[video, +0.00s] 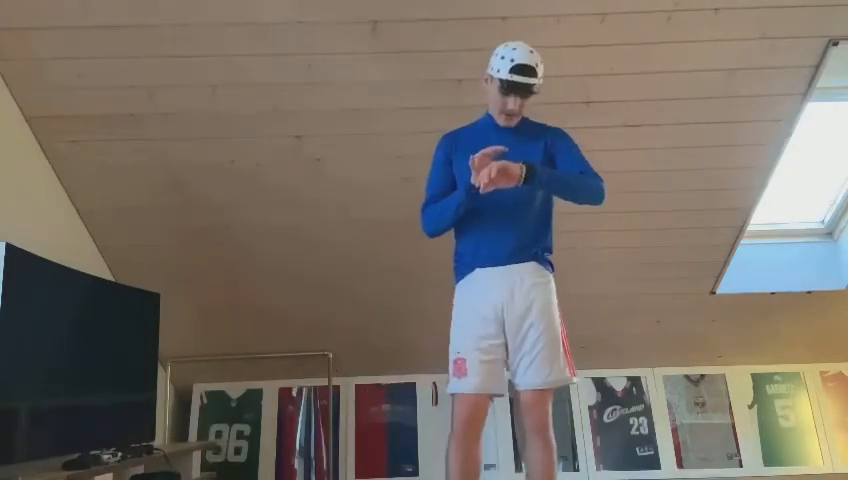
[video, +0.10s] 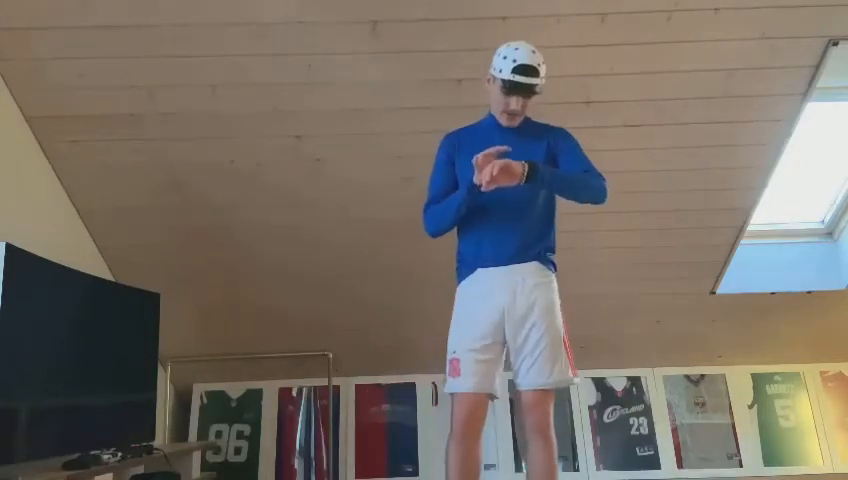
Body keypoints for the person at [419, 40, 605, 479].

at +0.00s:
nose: (514, 103)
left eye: (524, 93)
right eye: (506, 91)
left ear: (534, 90)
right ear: (488, 82)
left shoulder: (551, 140)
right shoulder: (454, 144)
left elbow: (594, 191)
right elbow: (430, 223)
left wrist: (526, 173)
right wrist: (471, 187)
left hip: (533, 288)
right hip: (475, 290)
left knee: (537, 415)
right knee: (469, 413)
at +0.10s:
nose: (516, 103)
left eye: (526, 93)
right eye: (508, 91)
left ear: (537, 90)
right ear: (490, 82)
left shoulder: (554, 140)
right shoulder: (457, 143)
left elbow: (597, 190)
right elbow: (432, 223)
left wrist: (529, 171)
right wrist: (472, 186)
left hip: (535, 289)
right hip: (477, 291)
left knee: (538, 416)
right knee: (468, 415)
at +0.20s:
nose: (518, 103)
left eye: (528, 94)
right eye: (510, 91)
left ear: (539, 91)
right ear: (493, 83)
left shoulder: (556, 139)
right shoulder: (459, 143)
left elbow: (598, 190)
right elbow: (434, 222)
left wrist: (530, 170)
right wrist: (474, 186)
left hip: (537, 288)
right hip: (479, 290)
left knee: (539, 415)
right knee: (467, 414)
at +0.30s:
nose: (519, 104)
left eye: (529, 95)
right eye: (511, 93)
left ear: (541, 92)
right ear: (494, 83)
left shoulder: (558, 139)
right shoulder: (460, 143)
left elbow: (600, 190)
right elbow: (435, 222)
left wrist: (530, 170)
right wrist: (475, 186)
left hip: (538, 288)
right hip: (480, 290)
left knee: (540, 417)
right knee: (466, 415)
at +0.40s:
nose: (520, 105)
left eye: (530, 96)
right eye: (512, 94)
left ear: (542, 92)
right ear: (495, 84)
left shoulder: (559, 139)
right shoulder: (462, 143)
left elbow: (601, 191)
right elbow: (437, 222)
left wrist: (530, 170)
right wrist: (475, 187)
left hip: (539, 289)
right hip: (482, 291)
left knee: (541, 418)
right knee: (466, 417)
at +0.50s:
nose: (521, 106)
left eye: (531, 97)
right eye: (513, 95)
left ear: (543, 92)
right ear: (497, 85)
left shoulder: (561, 139)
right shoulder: (464, 143)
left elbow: (602, 191)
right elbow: (440, 223)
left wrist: (530, 171)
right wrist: (473, 189)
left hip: (539, 288)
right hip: (482, 290)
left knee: (541, 416)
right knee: (467, 415)